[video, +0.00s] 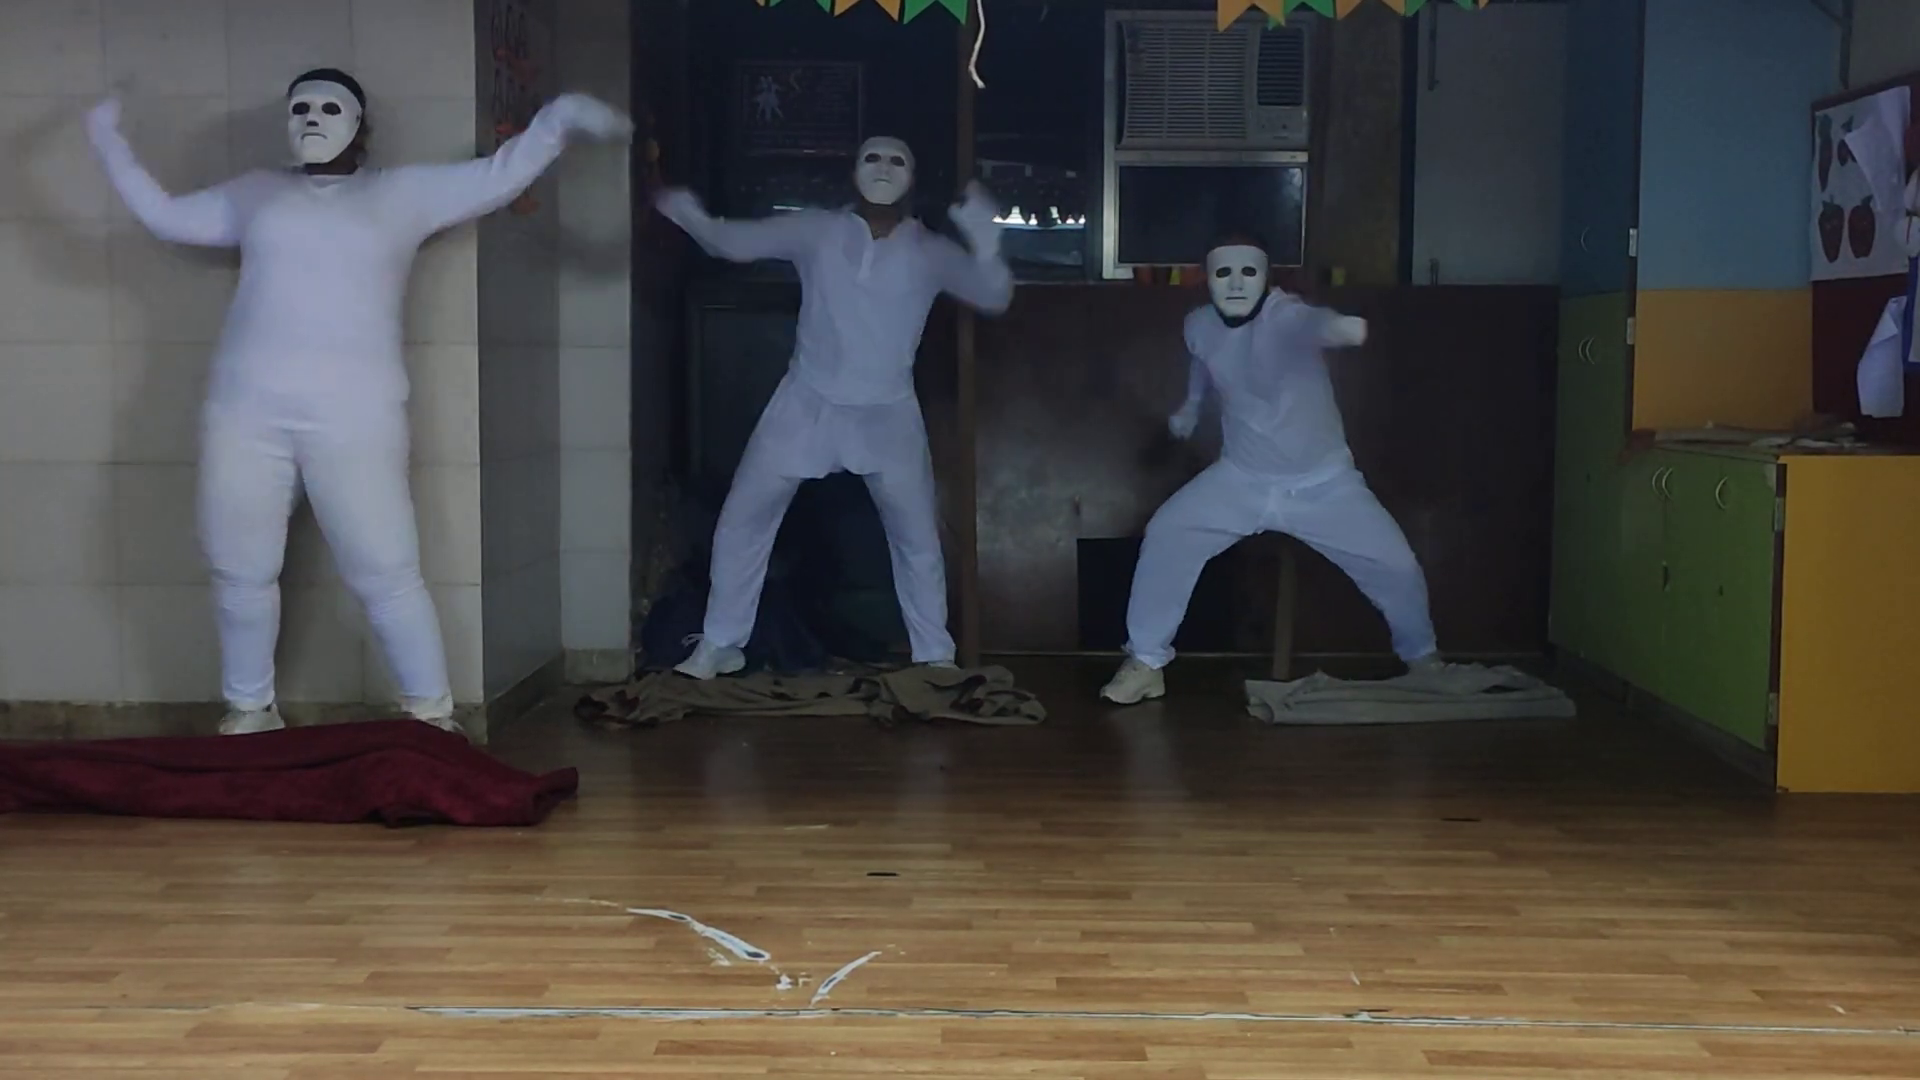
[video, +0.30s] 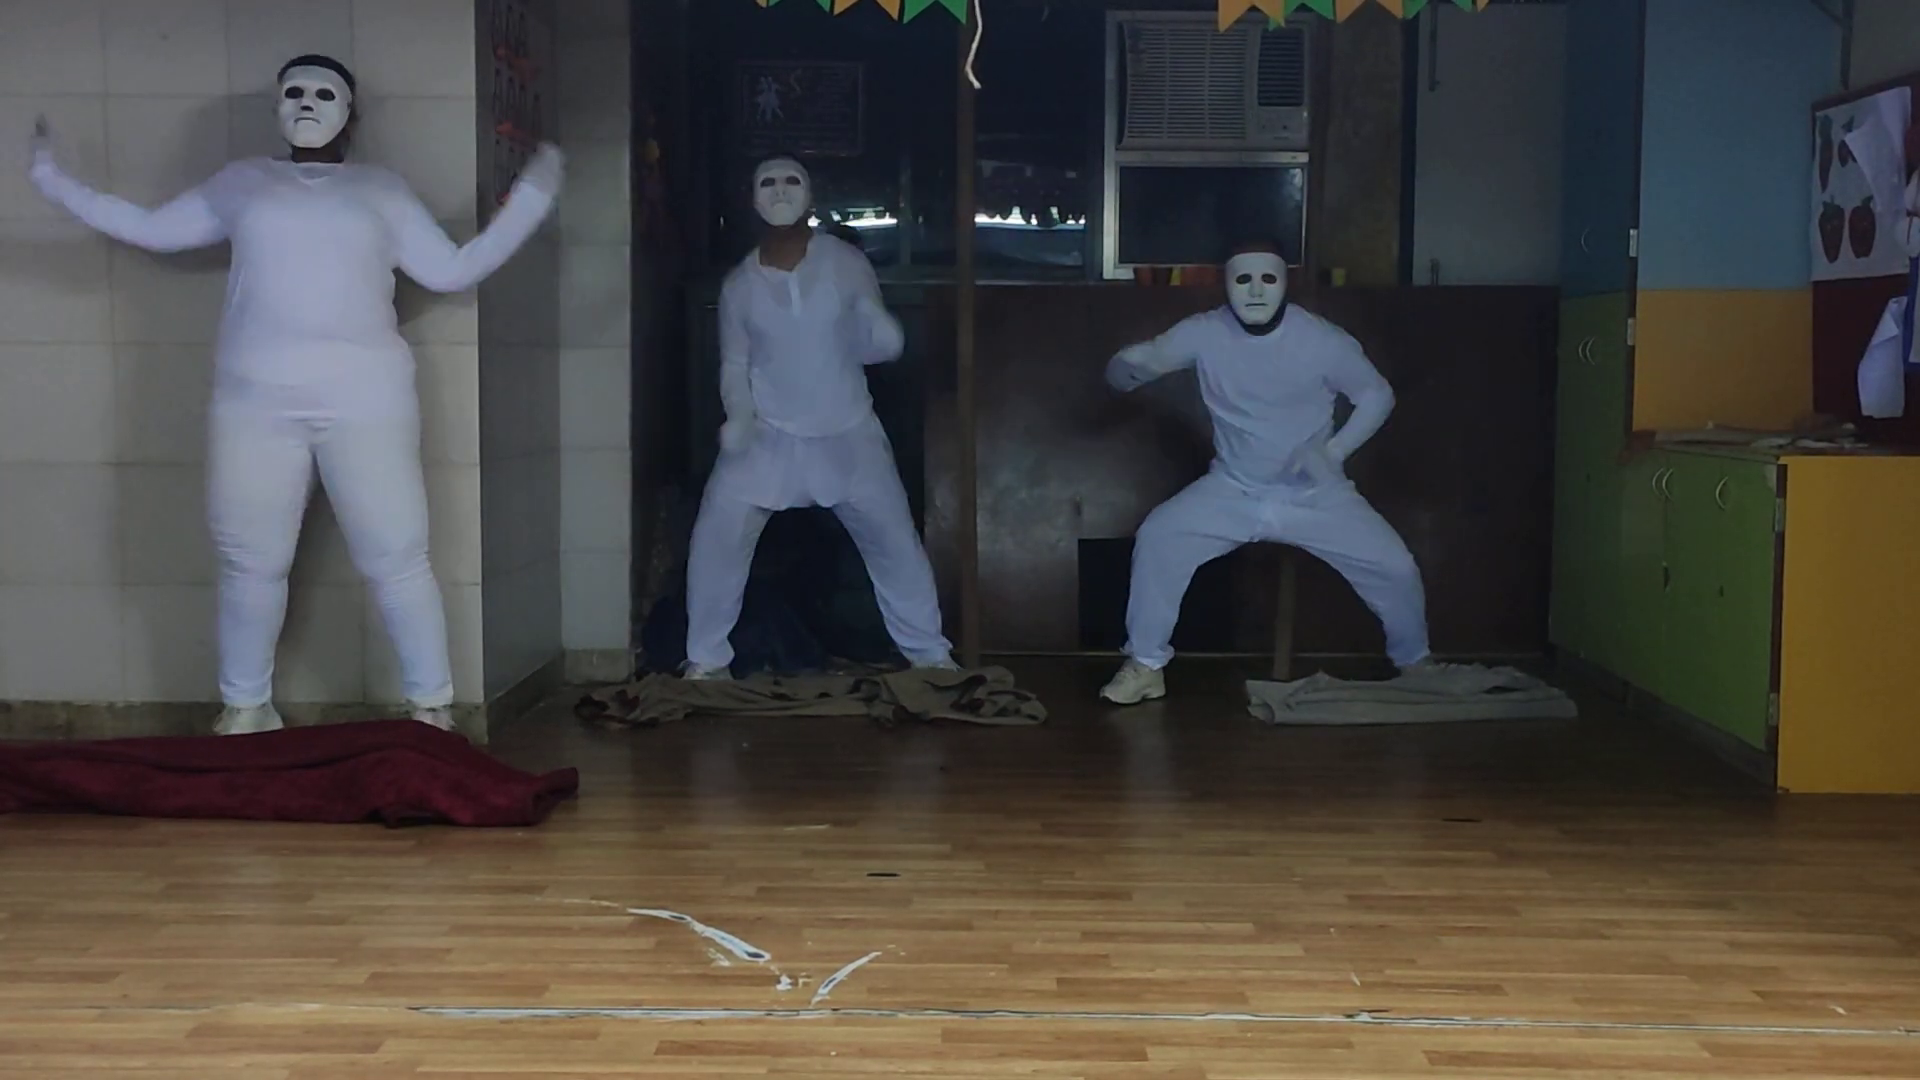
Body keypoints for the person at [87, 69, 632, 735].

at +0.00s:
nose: (311, 119)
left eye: (328, 108)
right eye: (300, 109)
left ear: (358, 125)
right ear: (287, 123)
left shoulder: (396, 195)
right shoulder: (257, 198)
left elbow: (497, 178)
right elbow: (165, 214)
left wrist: (556, 122)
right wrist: (108, 139)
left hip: (353, 414)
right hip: (249, 411)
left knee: (384, 571)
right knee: (241, 572)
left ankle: (431, 715)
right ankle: (249, 715)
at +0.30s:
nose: (307, 106)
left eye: (324, 95)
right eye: (294, 93)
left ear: (349, 109)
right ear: (277, 104)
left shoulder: (381, 193)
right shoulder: (243, 185)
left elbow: (453, 270)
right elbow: (156, 229)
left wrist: (532, 197)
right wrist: (57, 185)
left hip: (367, 401)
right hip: (257, 401)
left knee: (398, 559)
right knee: (250, 561)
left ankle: (432, 711)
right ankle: (246, 713)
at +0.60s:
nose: (330, 137)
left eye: (347, 127)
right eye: (319, 127)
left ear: (374, 143)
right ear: (304, 141)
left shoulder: (408, 228)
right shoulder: (272, 226)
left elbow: (458, 319)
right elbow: (230, 310)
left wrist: (499, 392)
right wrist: (165, 386)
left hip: (410, 421)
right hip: (302, 428)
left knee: (417, 574)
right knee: (266, 577)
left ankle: (430, 716)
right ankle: (258, 713)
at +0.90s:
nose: (279, 111)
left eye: (290, 97)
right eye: (265, 112)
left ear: (326, 101)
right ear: (261, 134)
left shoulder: (387, 172)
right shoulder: (253, 179)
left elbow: (449, 79)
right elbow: (160, 112)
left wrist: (467, 1)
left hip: (356, 400)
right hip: (248, 395)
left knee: (387, 563)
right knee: (230, 559)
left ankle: (433, 711)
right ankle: (219, 715)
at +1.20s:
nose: (275, 118)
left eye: (285, 104)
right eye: (258, 115)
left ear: (317, 111)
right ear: (245, 135)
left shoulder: (368, 188)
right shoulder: (229, 192)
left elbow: (457, 117)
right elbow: (129, 135)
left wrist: (419, 14)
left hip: (338, 413)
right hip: (231, 411)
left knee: (376, 567)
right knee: (232, 568)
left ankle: (430, 714)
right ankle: (222, 725)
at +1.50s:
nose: (333, 161)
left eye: (352, 163)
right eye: (330, 144)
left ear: (363, 183)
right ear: (304, 143)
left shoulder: (377, 239)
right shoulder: (244, 237)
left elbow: (429, 338)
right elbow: (217, 341)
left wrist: (462, 431)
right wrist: (182, 436)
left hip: (395, 428)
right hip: (290, 442)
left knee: (407, 578)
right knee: (239, 580)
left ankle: (414, 715)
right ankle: (231, 716)